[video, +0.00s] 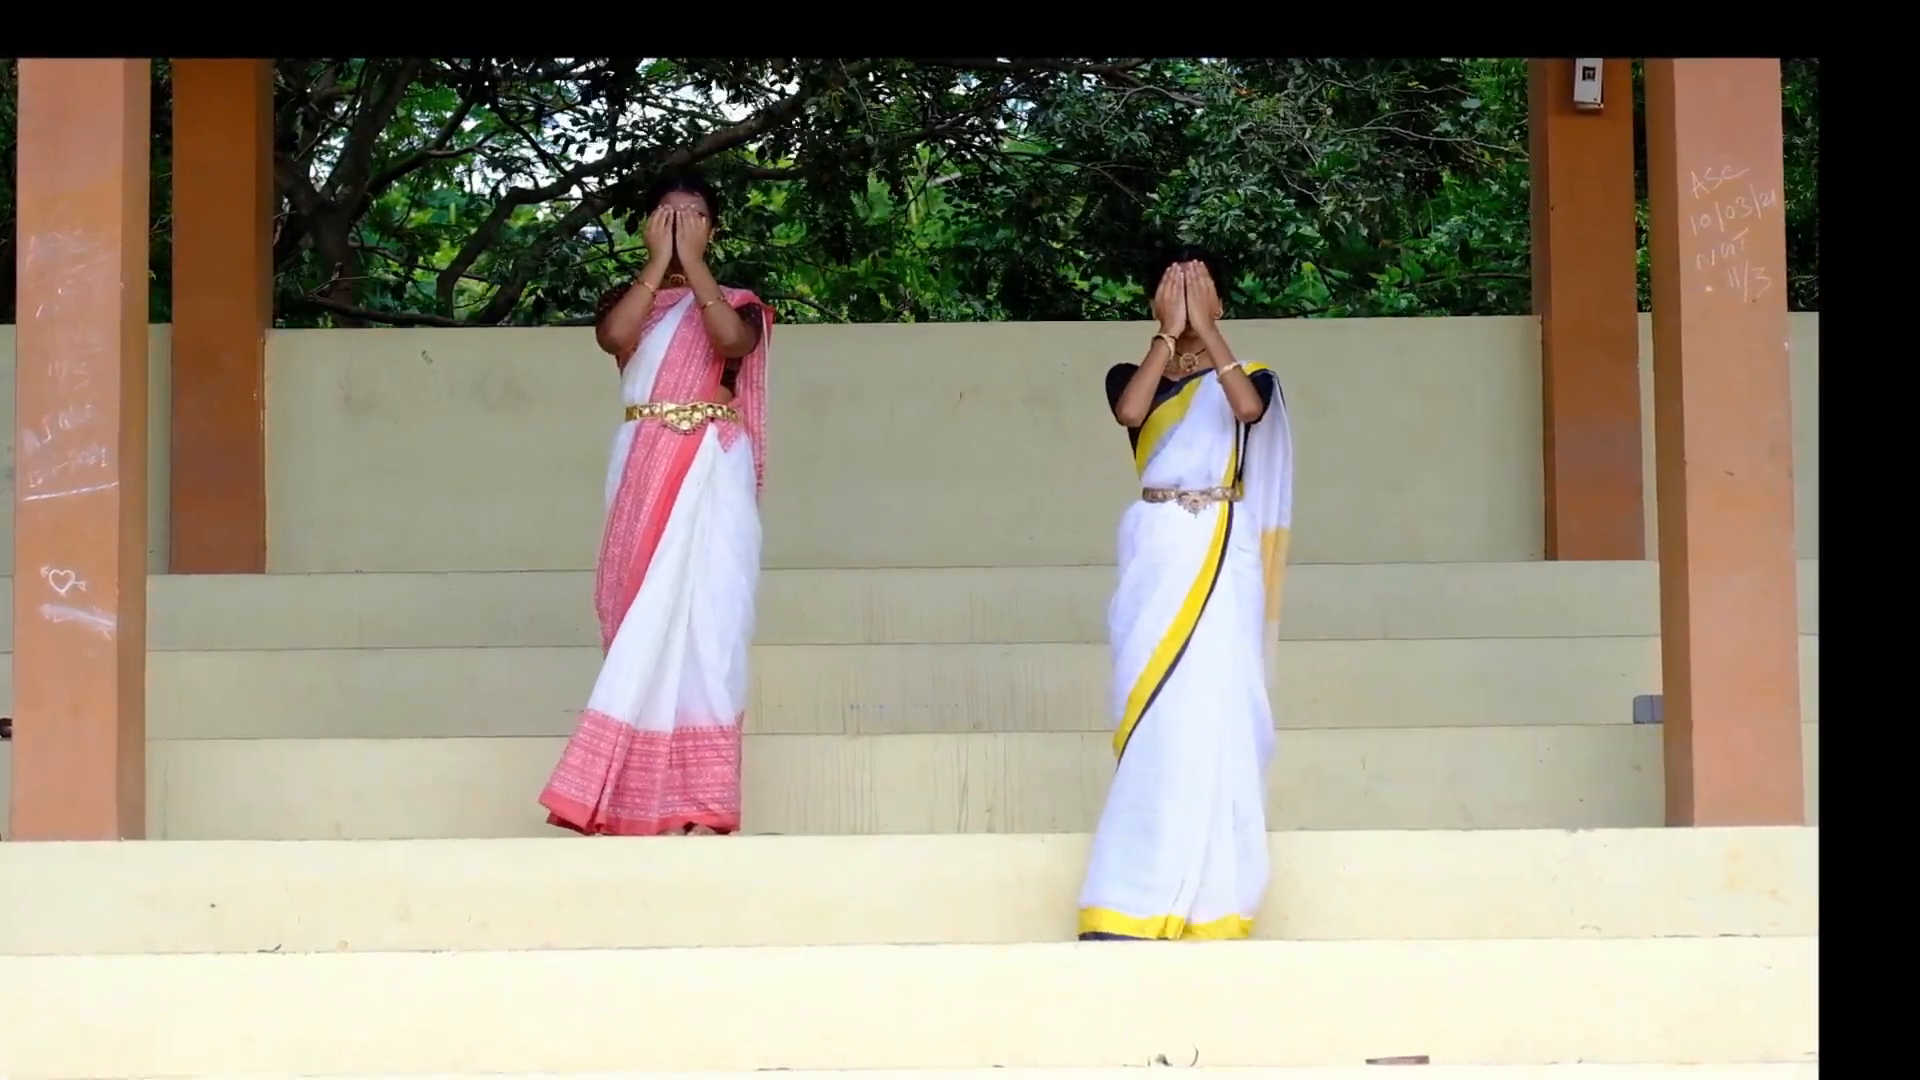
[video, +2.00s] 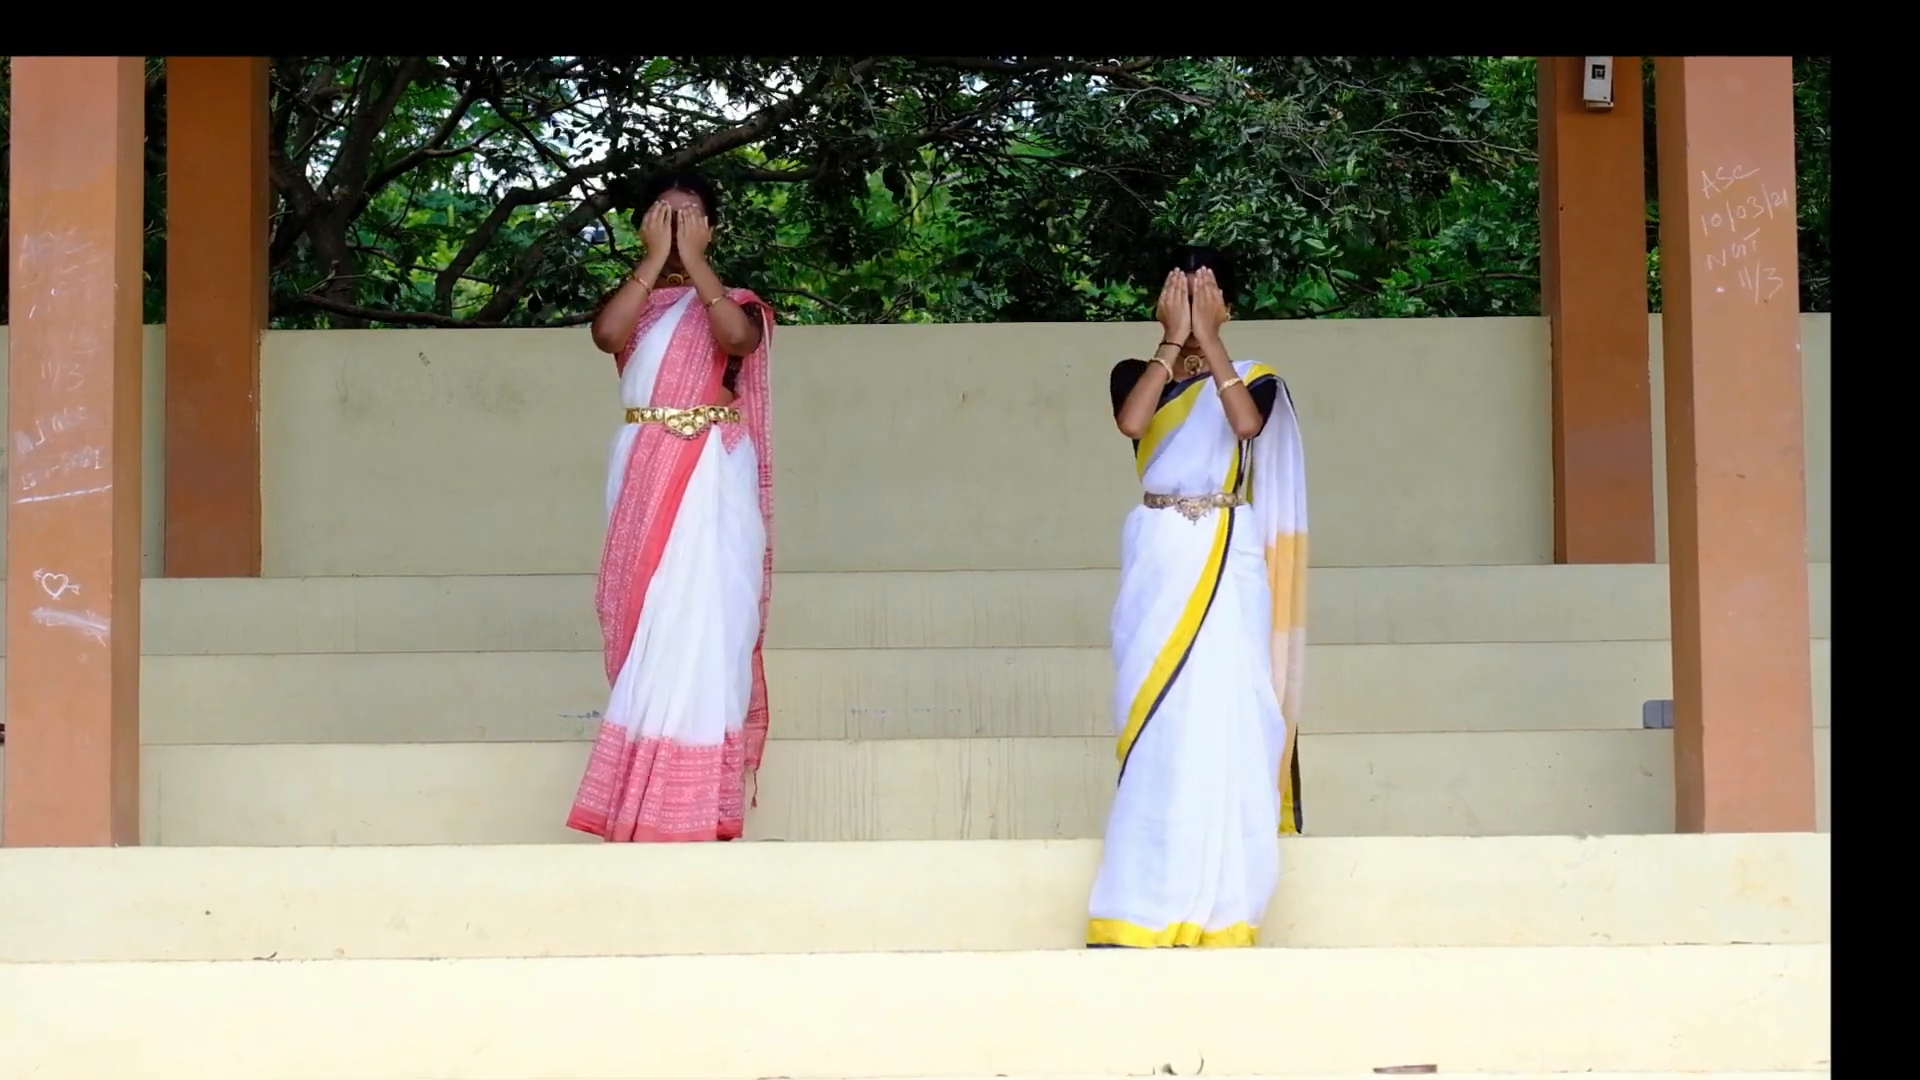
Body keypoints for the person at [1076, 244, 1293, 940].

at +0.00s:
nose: (1185, 311)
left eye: (1197, 296)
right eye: (1173, 296)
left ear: (1219, 305)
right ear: (1156, 308)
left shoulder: (1249, 377)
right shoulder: (1137, 379)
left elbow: (1246, 407)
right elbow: (1130, 408)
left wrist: (1208, 326)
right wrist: (1166, 333)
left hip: (1220, 555)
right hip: (1152, 553)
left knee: (1208, 712)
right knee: (1148, 710)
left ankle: (1208, 894)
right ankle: (1140, 893)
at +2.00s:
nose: (1192, 318)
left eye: (1204, 306)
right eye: (1180, 305)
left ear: (1225, 311)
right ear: (1163, 309)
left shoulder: (1254, 379)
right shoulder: (1138, 375)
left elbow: (1246, 424)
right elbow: (1132, 422)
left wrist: (1209, 338)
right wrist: (1173, 342)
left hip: (1223, 566)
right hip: (1153, 563)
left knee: (1219, 726)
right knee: (1153, 723)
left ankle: (1218, 906)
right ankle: (1148, 905)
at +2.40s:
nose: (1202, 320)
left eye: (1215, 309)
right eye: (1189, 308)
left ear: (1230, 315)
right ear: (1165, 313)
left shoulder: (1262, 382)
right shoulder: (1141, 382)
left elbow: (1286, 458)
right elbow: (1136, 457)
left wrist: (1253, 366)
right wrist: (1173, 373)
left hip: (1240, 558)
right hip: (1172, 555)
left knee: (1239, 720)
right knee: (1169, 718)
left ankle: (1238, 905)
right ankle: (1163, 906)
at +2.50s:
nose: (1213, 318)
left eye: (1224, 307)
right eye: (1200, 305)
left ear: (1236, 316)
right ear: (1174, 311)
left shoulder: (1273, 392)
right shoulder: (1145, 389)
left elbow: (1299, 496)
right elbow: (1123, 498)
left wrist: (1265, 448)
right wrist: (1178, 441)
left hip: (1255, 563)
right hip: (1183, 563)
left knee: (1254, 723)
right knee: (1186, 722)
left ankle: (1248, 908)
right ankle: (1175, 908)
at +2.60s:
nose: (1225, 320)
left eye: (1235, 309)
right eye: (1212, 307)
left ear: (1244, 318)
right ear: (1181, 312)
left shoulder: (1271, 400)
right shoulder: (1148, 395)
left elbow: (1299, 498)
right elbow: (1121, 497)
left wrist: (1261, 510)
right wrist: (1132, 520)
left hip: (1266, 572)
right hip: (1193, 570)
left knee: (1284, 722)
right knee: (1248, 726)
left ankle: (1247, 913)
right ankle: (1167, 900)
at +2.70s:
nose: (1235, 316)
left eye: (1243, 305)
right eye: (1221, 303)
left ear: (1250, 316)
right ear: (1188, 310)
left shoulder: (1271, 399)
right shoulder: (1151, 395)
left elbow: (1301, 494)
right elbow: (1115, 488)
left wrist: (1257, 518)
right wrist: (1079, 564)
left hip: (1266, 564)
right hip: (1196, 563)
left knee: (1287, 709)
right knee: (1255, 707)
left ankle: (1250, 895)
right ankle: (1223, 889)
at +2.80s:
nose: (1242, 316)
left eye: (1250, 304)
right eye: (1228, 302)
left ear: (1255, 313)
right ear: (1192, 309)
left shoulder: (1274, 396)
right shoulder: (1156, 393)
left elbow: (1305, 488)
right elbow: (1100, 486)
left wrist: (1228, 499)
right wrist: (1030, 566)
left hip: (1265, 555)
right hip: (1199, 555)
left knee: (1252, 706)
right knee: (1309, 648)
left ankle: (1246, 883)